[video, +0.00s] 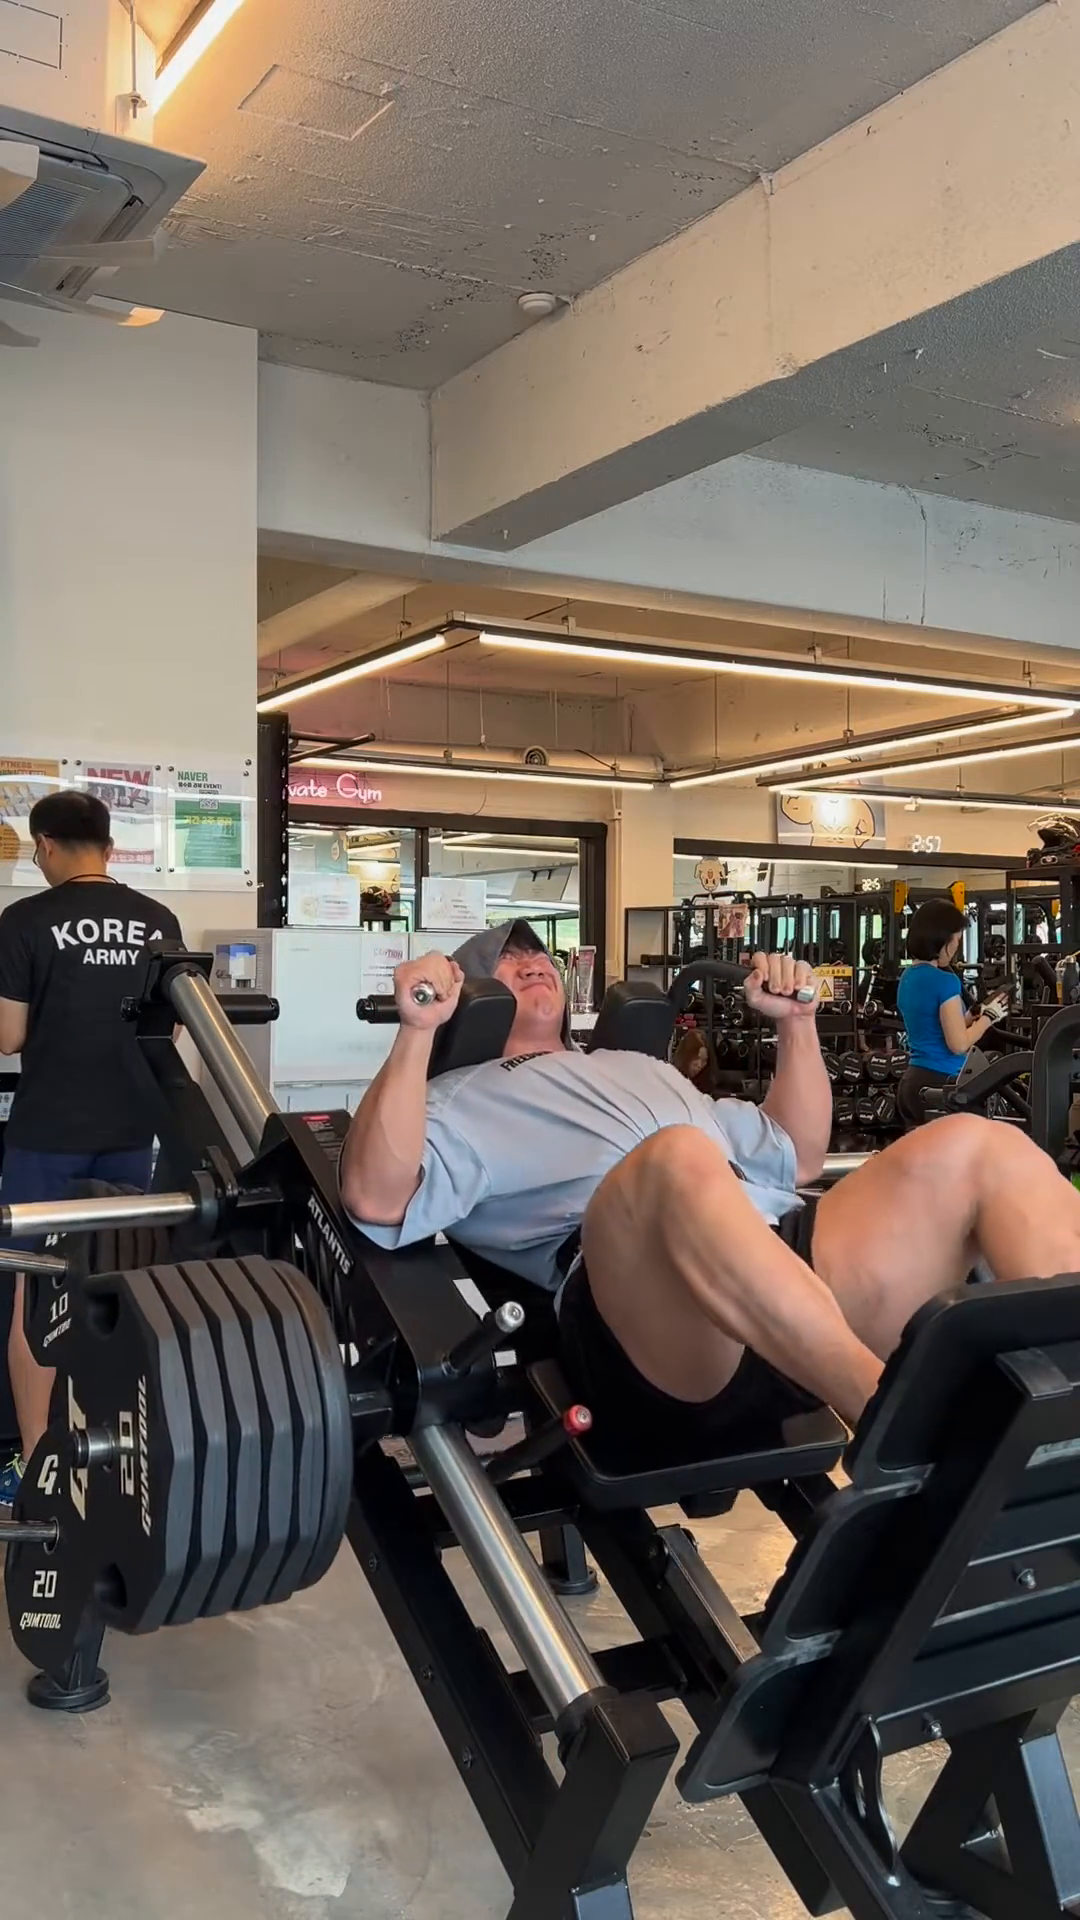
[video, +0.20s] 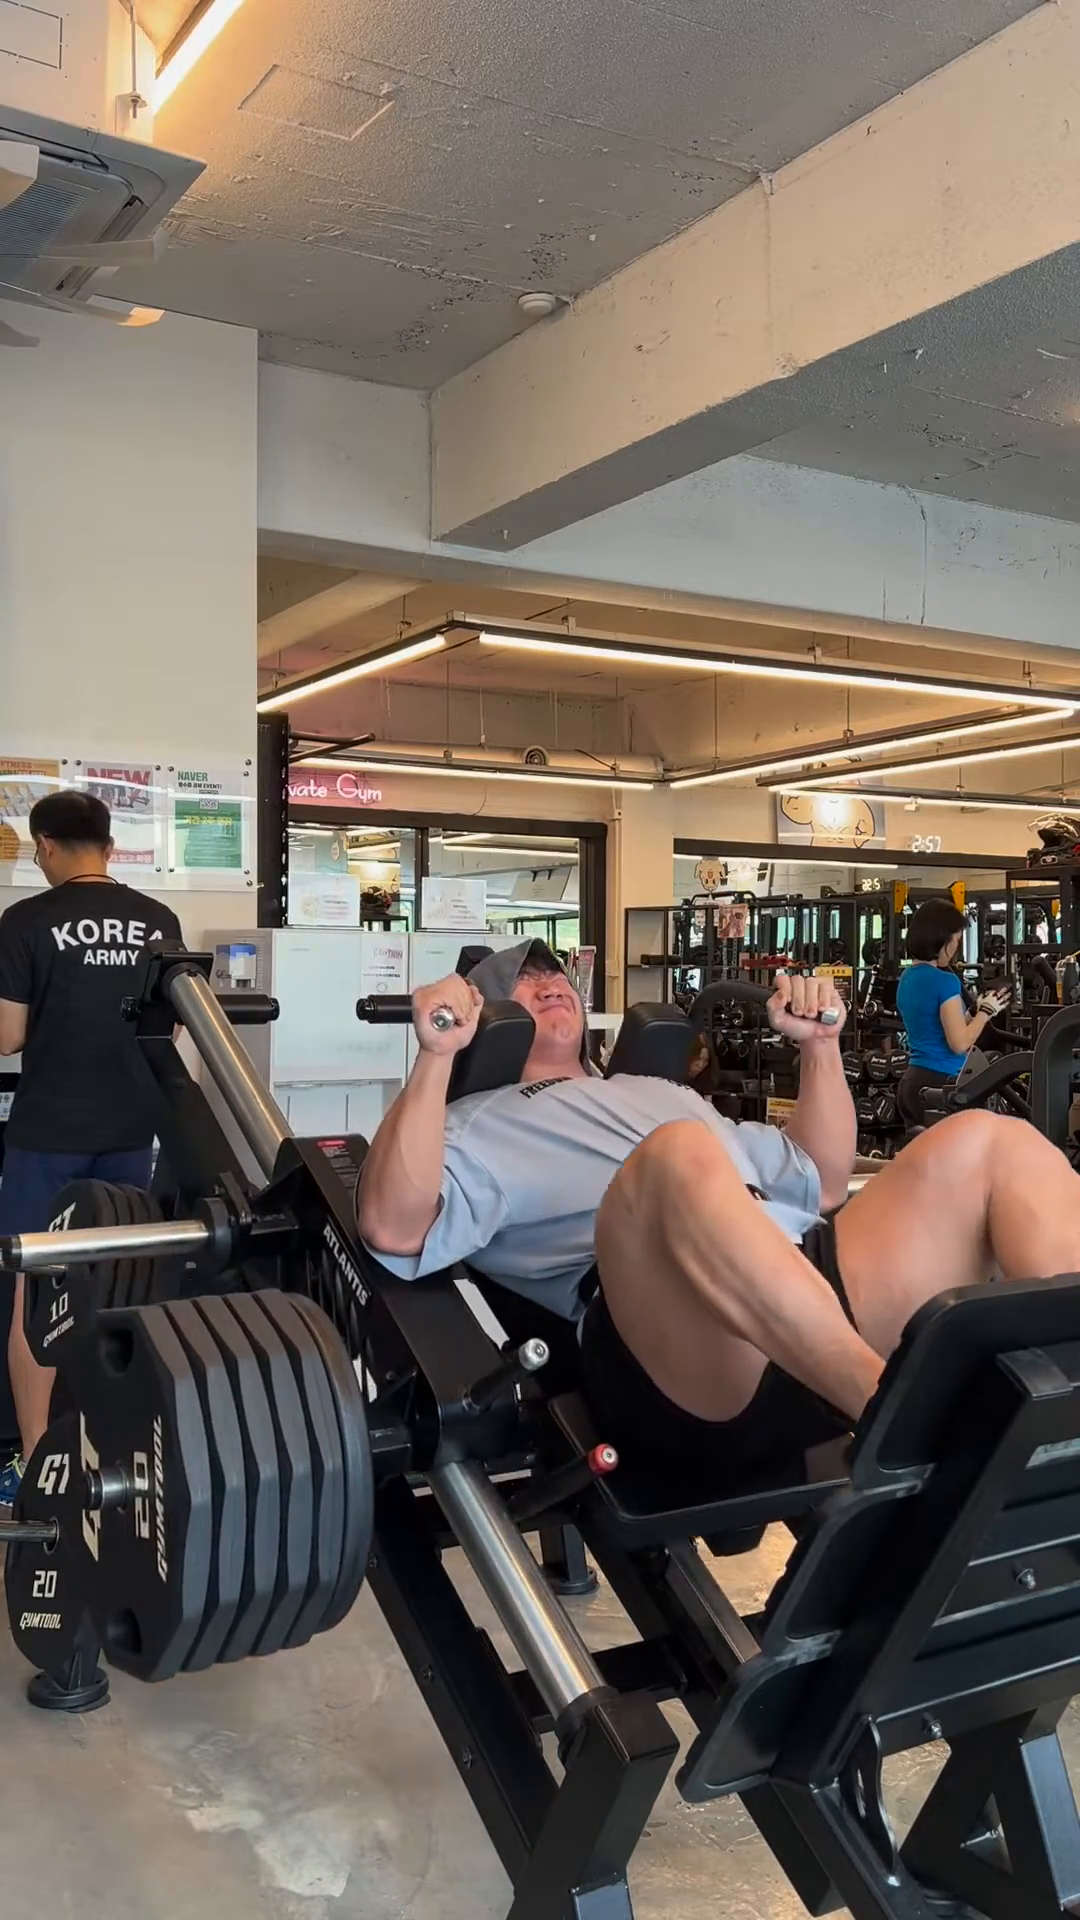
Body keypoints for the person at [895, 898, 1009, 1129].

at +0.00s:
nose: (958, 946)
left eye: (959, 940)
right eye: (957, 940)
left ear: (922, 936)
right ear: (944, 941)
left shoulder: (907, 978)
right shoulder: (945, 982)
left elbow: (927, 1034)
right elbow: (959, 1044)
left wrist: (972, 1016)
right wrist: (988, 1017)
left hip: (914, 1079)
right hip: (945, 1084)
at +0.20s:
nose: (957, 948)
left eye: (958, 941)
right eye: (956, 941)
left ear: (921, 935)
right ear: (944, 941)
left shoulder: (907, 978)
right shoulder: (945, 982)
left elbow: (926, 1034)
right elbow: (960, 1043)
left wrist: (973, 1013)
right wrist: (985, 1012)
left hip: (914, 1079)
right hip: (945, 1085)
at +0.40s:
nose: (957, 947)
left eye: (958, 940)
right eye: (956, 940)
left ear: (921, 935)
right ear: (943, 941)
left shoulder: (906, 978)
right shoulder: (945, 982)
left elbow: (925, 1034)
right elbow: (960, 1044)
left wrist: (970, 1013)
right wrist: (984, 1012)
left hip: (913, 1078)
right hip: (943, 1083)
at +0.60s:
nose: (957, 947)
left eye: (958, 940)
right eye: (956, 940)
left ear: (921, 936)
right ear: (943, 941)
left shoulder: (907, 978)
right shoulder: (945, 982)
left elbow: (927, 1034)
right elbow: (961, 1043)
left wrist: (972, 1011)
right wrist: (984, 1011)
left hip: (913, 1078)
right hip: (943, 1083)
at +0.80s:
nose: (957, 947)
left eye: (958, 941)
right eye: (957, 941)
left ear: (922, 935)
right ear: (944, 941)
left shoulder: (907, 978)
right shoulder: (946, 982)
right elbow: (962, 1043)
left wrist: (973, 1011)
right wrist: (985, 1011)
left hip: (916, 1074)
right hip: (947, 1080)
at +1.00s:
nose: (958, 946)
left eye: (959, 939)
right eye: (957, 939)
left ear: (922, 936)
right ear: (944, 941)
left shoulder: (908, 977)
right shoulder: (946, 982)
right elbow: (963, 1043)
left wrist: (974, 1013)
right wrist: (987, 1011)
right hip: (947, 1080)